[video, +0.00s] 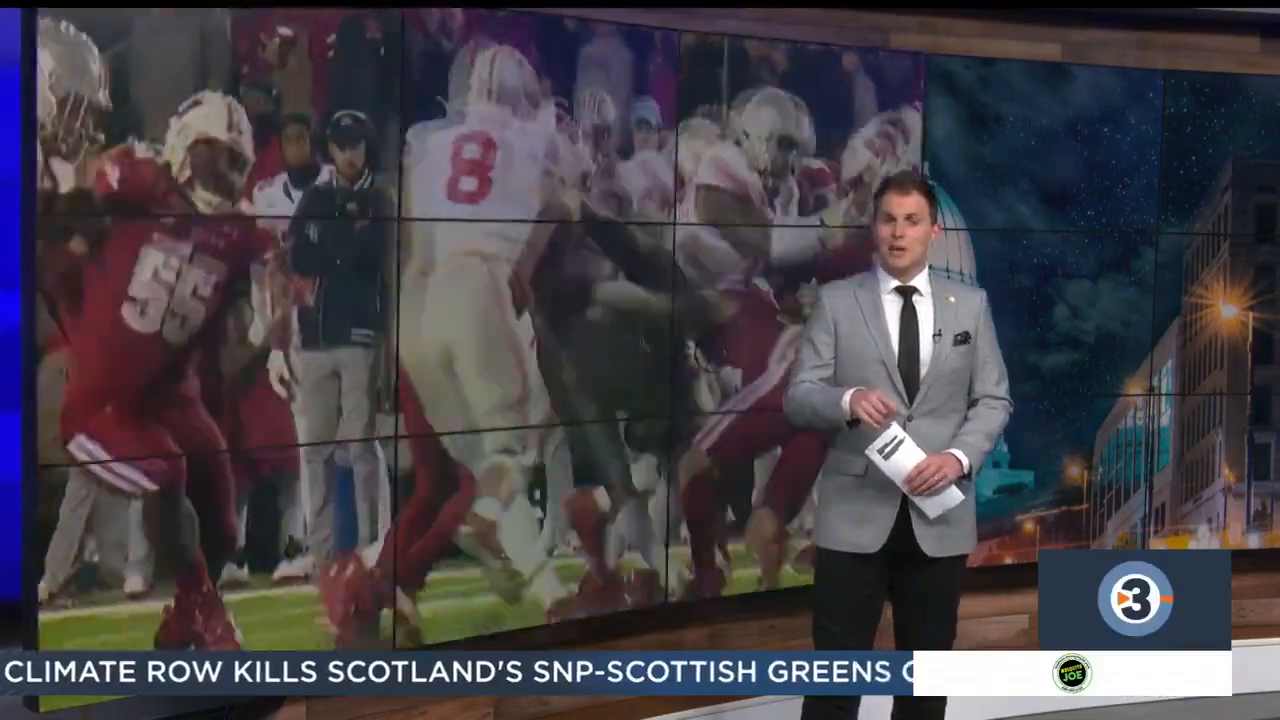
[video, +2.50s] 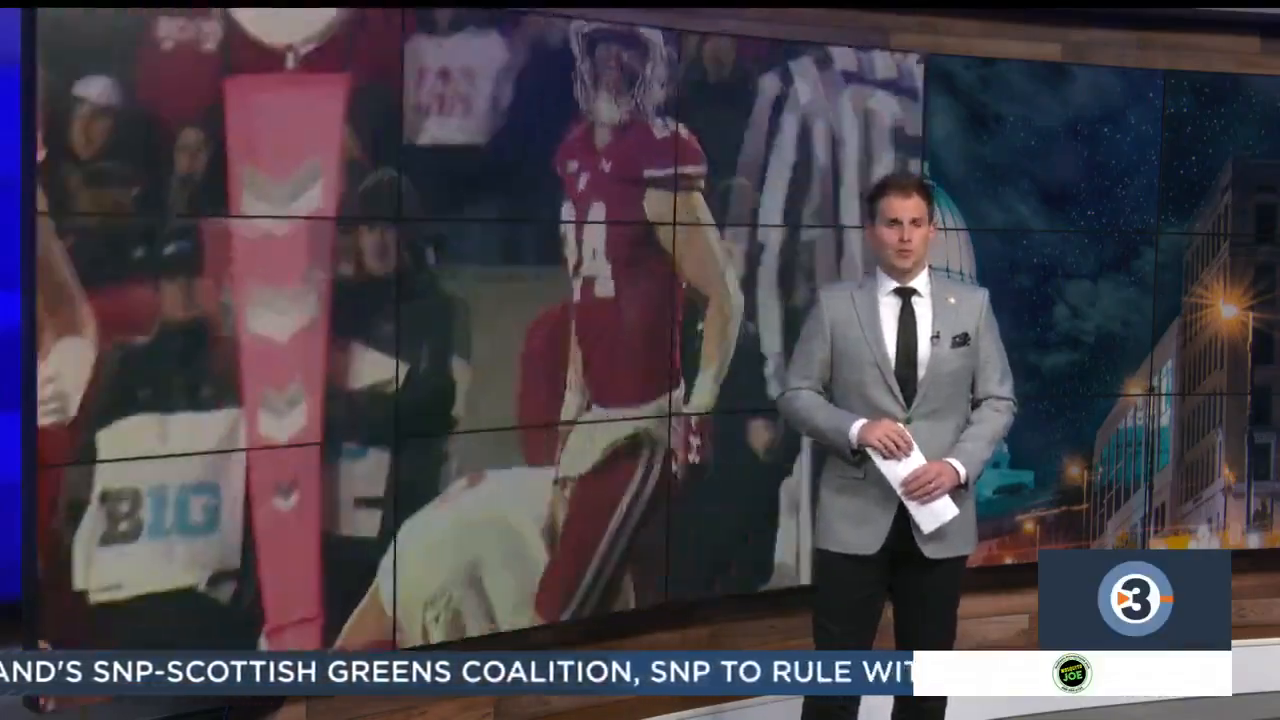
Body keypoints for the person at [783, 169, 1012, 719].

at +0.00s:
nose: (897, 232)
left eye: (911, 220)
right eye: (887, 220)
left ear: (934, 230)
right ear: (874, 229)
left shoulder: (970, 303)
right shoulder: (835, 301)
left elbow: (993, 401)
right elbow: (799, 397)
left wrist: (958, 456)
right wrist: (845, 400)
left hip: (938, 515)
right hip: (853, 512)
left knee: (927, 674)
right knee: (835, 672)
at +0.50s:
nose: (906, 233)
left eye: (919, 221)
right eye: (895, 220)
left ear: (937, 230)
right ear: (877, 228)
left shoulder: (972, 305)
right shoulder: (839, 301)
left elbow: (995, 402)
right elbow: (799, 378)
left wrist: (963, 457)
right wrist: (789, 398)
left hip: (938, 514)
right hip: (852, 512)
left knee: (928, 673)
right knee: (836, 671)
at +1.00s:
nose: (901, 233)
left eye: (914, 220)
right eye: (890, 221)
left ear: (935, 229)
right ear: (875, 230)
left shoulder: (972, 304)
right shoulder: (837, 300)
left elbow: (997, 401)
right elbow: (796, 381)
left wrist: (960, 457)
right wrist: (798, 400)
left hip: (937, 515)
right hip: (853, 513)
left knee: (928, 674)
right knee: (835, 671)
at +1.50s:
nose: (897, 231)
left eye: (911, 220)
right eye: (887, 220)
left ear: (932, 230)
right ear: (873, 229)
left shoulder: (970, 303)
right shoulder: (835, 301)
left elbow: (994, 401)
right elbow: (792, 407)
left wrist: (960, 457)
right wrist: (798, 394)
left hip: (937, 514)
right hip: (852, 512)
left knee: (929, 673)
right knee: (835, 671)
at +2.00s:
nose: (898, 232)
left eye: (910, 221)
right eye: (886, 220)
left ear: (931, 230)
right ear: (870, 230)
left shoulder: (970, 303)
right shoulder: (833, 302)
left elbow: (996, 400)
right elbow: (796, 393)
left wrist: (962, 456)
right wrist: (856, 427)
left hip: (937, 517)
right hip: (852, 515)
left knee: (928, 674)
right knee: (835, 672)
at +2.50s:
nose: (905, 236)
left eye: (916, 223)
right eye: (892, 223)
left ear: (932, 230)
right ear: (871, 231)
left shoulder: (971, 304)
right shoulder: (833, 304)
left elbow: (997, 402)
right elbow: (796, 394)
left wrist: (957, 465)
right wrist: (857, 429)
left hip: (939, 518)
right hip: (853, 515)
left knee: (929, 675)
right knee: (836, 673)